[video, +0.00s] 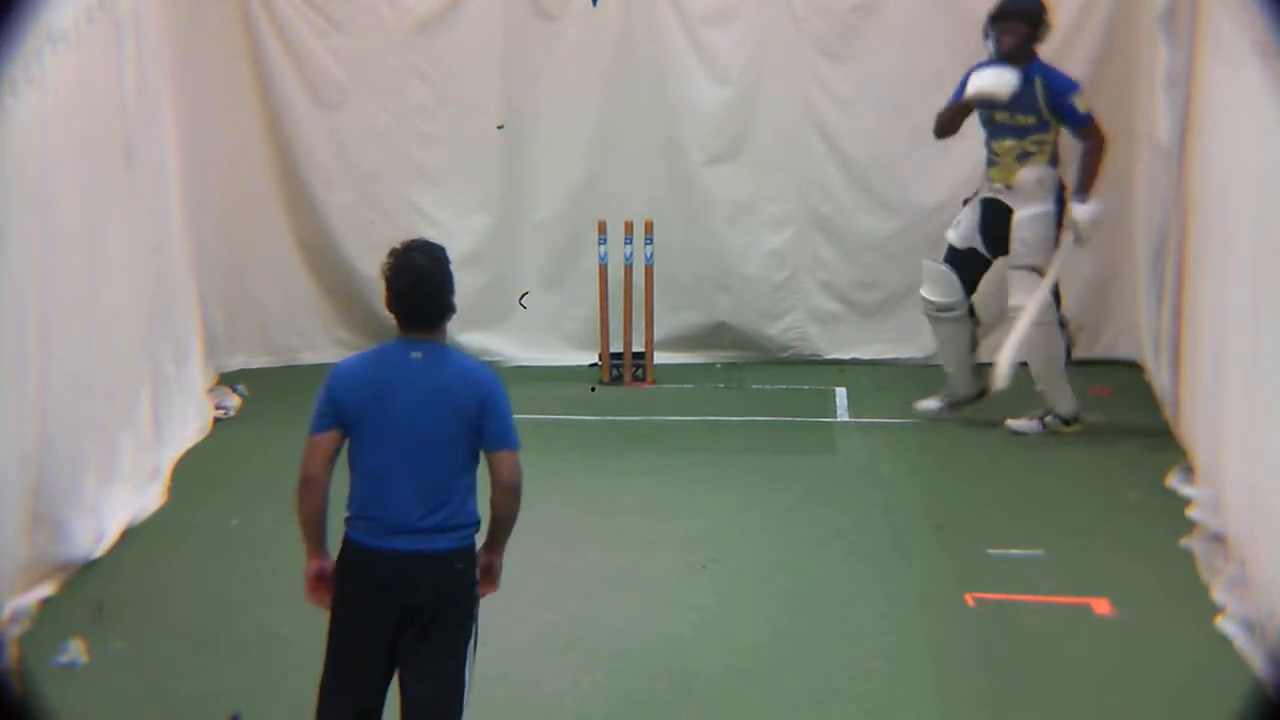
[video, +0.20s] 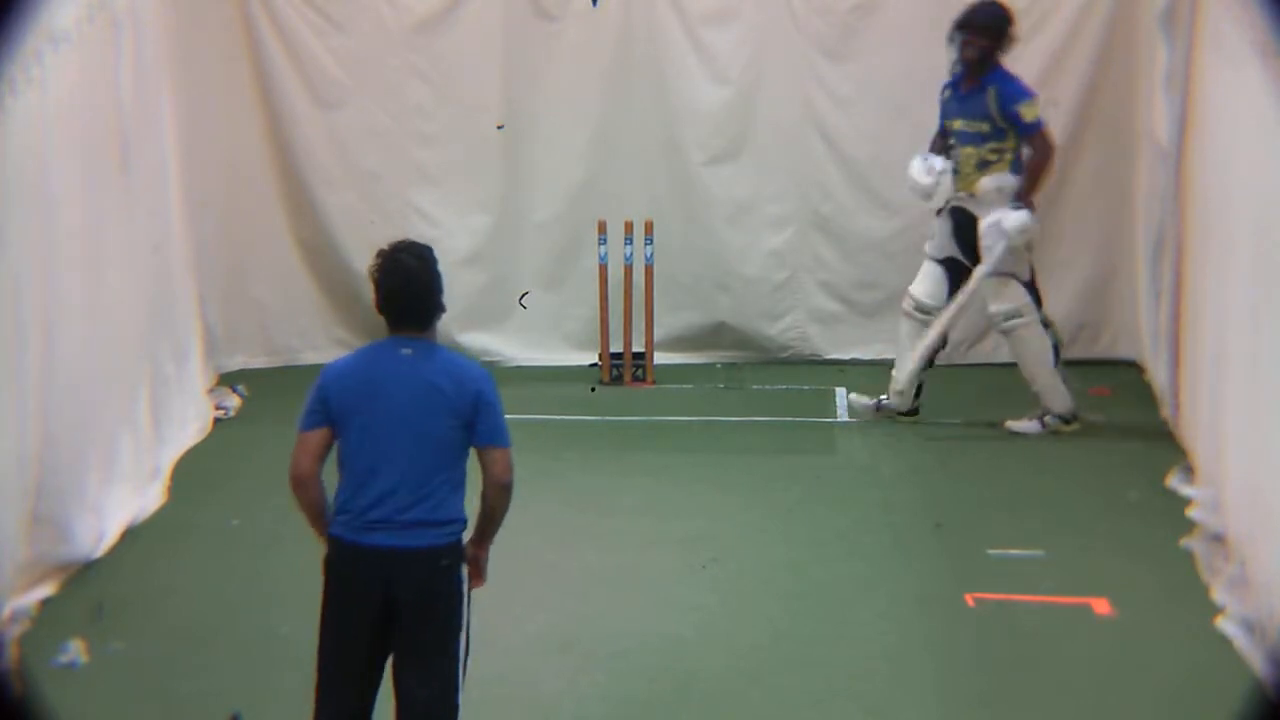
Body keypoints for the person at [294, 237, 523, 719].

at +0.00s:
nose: (386, 293)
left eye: (386, 287)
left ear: (389, 302)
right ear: (451, 301)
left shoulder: (350, 376)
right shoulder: (478, 380)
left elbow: (312, 475)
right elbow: (508, 479)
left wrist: (316, 555)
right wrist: (494, 550)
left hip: (367, 575)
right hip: (445, 577)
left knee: (347, 705)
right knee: (435, 707)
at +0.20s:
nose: (374, 292)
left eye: (375, 287)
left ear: (378, 302)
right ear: (439, 301)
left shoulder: (341, 375)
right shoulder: (469, 379)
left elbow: (303, 472)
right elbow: (500, 478)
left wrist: (331, 535)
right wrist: (480, 544)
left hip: (355, 571)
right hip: (432, 575)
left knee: (341, 705)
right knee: (430, 706)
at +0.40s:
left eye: (356, 292)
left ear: (357, 306)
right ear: (415, 305)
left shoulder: (316, 380)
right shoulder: (444, 375)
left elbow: (284, 476)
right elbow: (482, 467)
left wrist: (341, 502)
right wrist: (444, 512)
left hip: (325, 570)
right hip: (405, 572)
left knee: (317, 707)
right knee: (417, 708)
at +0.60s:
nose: (404, 311)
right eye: (403, 305)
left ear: (343, 321)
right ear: (403, 318)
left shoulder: (304, 386)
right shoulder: (426, 378)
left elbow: (280, 476)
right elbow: (471, 463)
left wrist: (339, 446)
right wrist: (421, 440)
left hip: (293, 559)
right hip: (365, 558)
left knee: (298, 694)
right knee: (377, 696)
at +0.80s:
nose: (410, 334)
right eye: (409, 326)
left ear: (345, 337)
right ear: (406, 336)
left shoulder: (303, 393)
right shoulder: (425, 392)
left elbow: (296, 465)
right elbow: (440, 490)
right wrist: (420, 498)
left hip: (274, 549)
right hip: (343, 551)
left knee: (281, 689)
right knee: (350, 694)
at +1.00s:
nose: (428, 334)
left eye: (425, 324)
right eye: (425, 325)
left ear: (361, 338)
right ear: (417, 335)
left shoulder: (312, 395)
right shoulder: (428, 392)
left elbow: (266, 487)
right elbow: (428, 487)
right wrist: (376, 538)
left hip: (273, 544)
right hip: (338, 549)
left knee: (283, 692)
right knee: (323, 697)